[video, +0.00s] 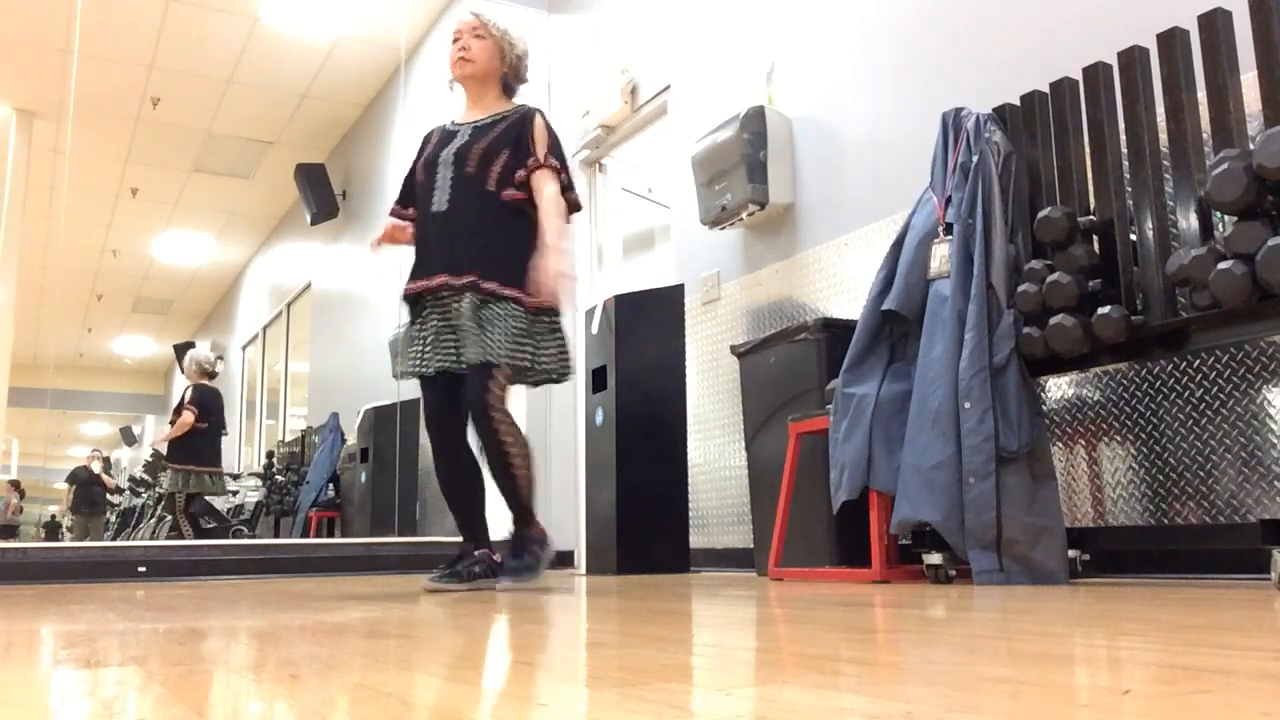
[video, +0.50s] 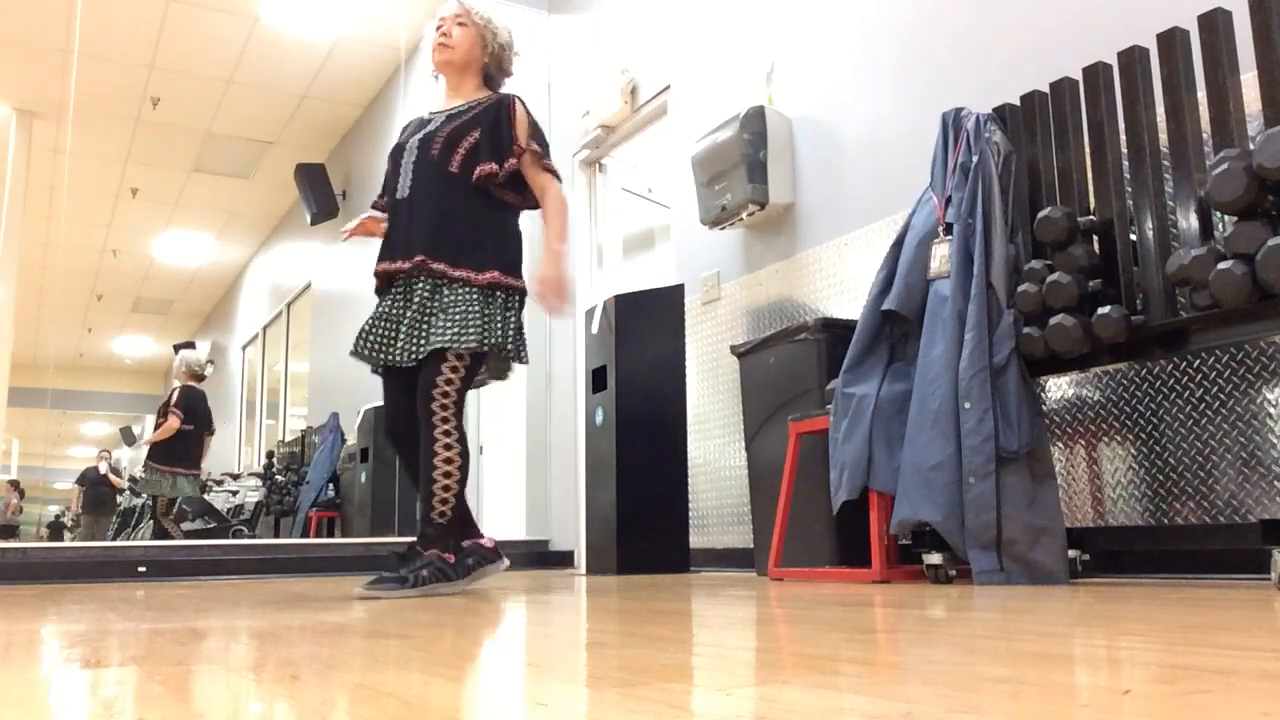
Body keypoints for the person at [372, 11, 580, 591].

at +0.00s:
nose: (460, 46)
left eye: (474, 37)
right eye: (455, 41)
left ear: (505, 57)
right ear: (451, 64)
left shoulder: (526, 121)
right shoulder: (436, 139)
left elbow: (549, 194)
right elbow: (426, 221)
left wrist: (551, 253)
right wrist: (401, 230)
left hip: (500, 287)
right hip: (435, 292)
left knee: (485, 403)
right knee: (442, 425)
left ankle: (529, 535)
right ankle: (476, 549)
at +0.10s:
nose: (455, 40)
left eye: (469, 33)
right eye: (451, 35)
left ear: (499, 54)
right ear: (447, 57)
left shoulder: (521, 118)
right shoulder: (432, 136)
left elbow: (557, 198)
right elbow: (424, 217)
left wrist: (587, 263)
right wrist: (405, 226)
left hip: (496, 284)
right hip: (434, 285)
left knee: (463, 389)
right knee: (440, 417)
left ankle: (507, 530)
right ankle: (474, 544)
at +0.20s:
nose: (450, 28)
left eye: (466, 23)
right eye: (446, 22)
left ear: (493, 48)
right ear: (439, 48)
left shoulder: (514, 107)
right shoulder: (425, 128)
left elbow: (560, 186)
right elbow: (422, 207)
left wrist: (601, 258)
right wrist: (403, 229)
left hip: (484, 269)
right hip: (431, 273)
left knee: (448, 386)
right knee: (441, 398)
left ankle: (464, 539)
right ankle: (474, 547)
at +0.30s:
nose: (446, 27)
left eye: (463, 22)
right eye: (442, 22)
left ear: (489, 48)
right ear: (434, 47)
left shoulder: (509, 105)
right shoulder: (419, 129)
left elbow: (559, 186)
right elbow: (415, 212)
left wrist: (599, 265)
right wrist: (393, 229)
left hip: (477, 274)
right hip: (423, 276)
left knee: (443, 397)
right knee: (437, 406)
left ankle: (435, 549)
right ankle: (479, 548)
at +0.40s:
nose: (443, 29)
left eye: (458, 24)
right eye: (438, 25)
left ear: (487, 49)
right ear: (435, 52)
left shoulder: (505, 108)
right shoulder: (419, 131)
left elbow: (554, 189)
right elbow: (424, 216)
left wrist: (577, 270)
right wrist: (383, 227)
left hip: (470, 282)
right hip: (413, 284)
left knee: (436, 404)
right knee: (403, 421)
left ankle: (436, 550)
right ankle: (476, 546)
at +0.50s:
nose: (442, 27)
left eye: (460, 23)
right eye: (438, 22)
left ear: (486, 50)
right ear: (432, 49)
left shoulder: (504, 108)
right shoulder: (414, 128)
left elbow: (549, 189)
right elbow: (411, 210)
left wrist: (553, 260)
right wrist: (382, 221)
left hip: (473, 280)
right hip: (410, 282)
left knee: (440, 401)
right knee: (400, 420)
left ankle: (438, 550)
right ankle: (471, 541)